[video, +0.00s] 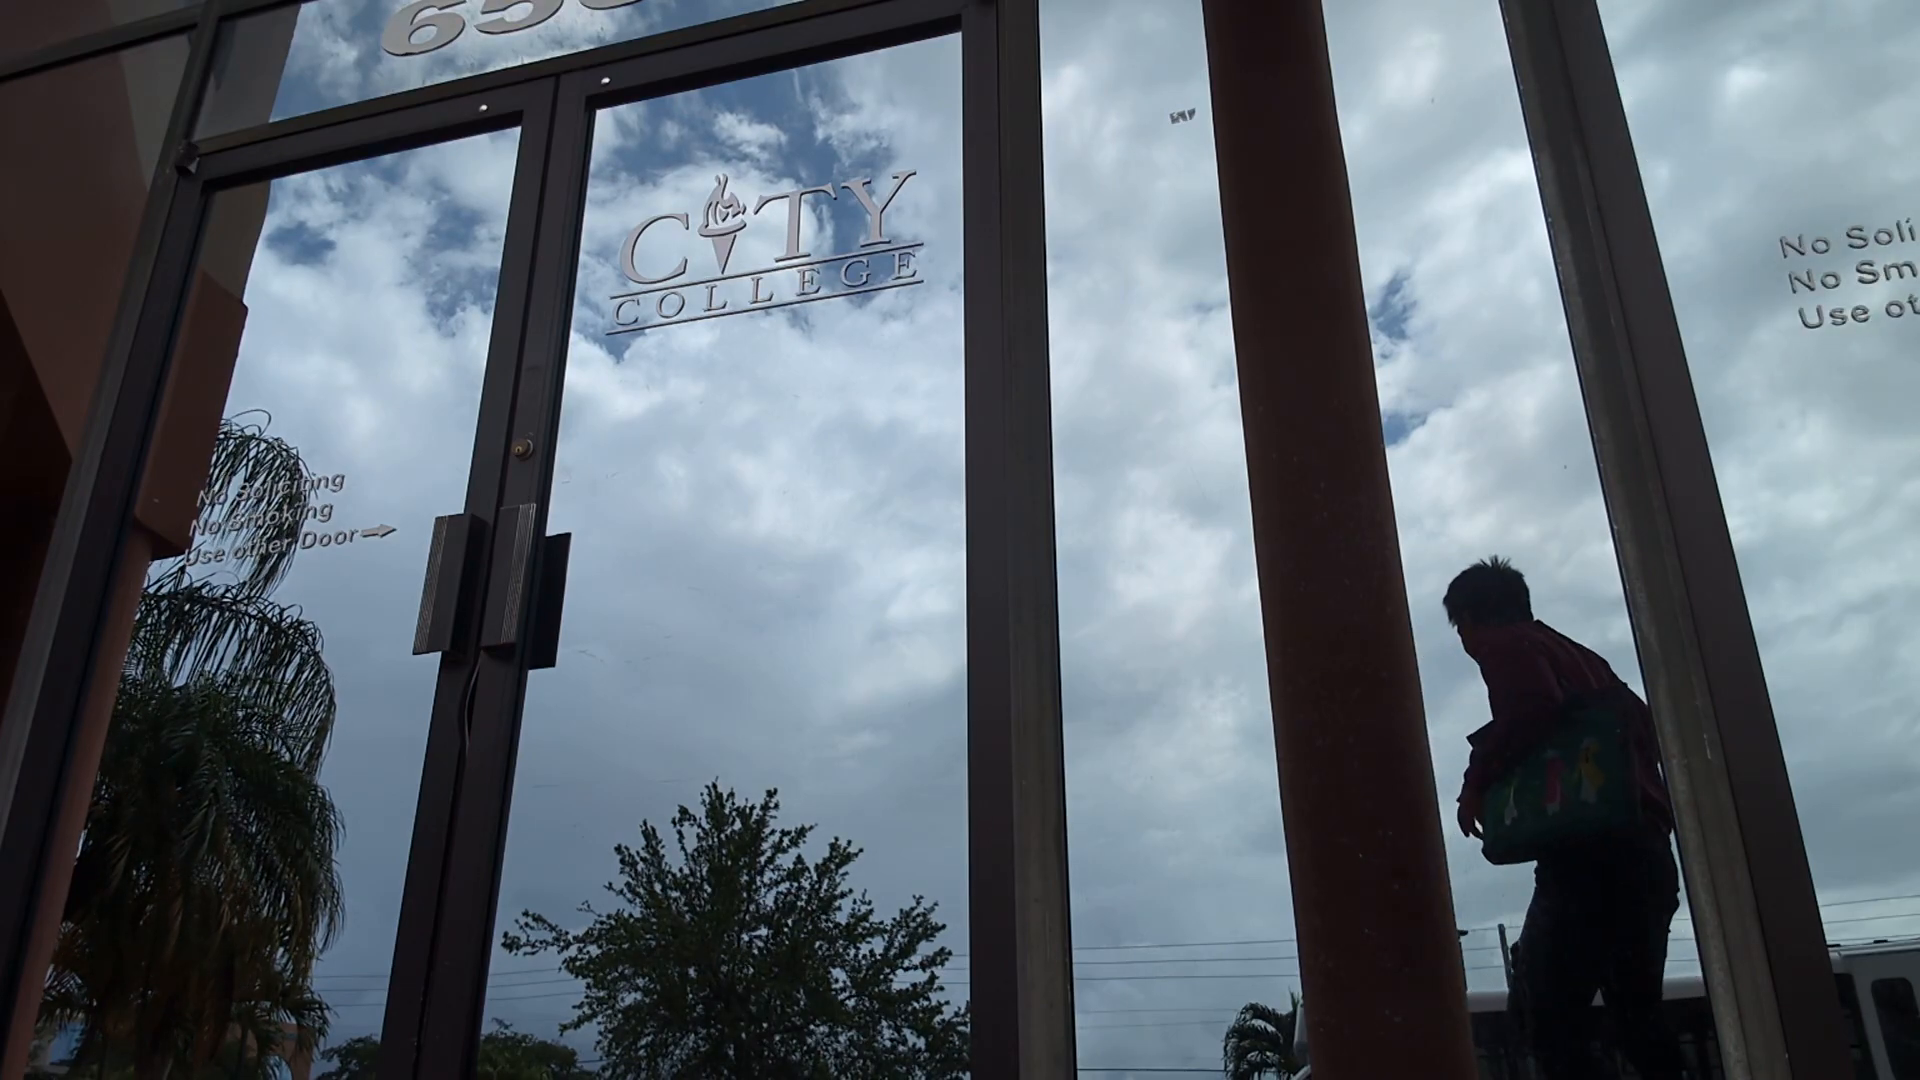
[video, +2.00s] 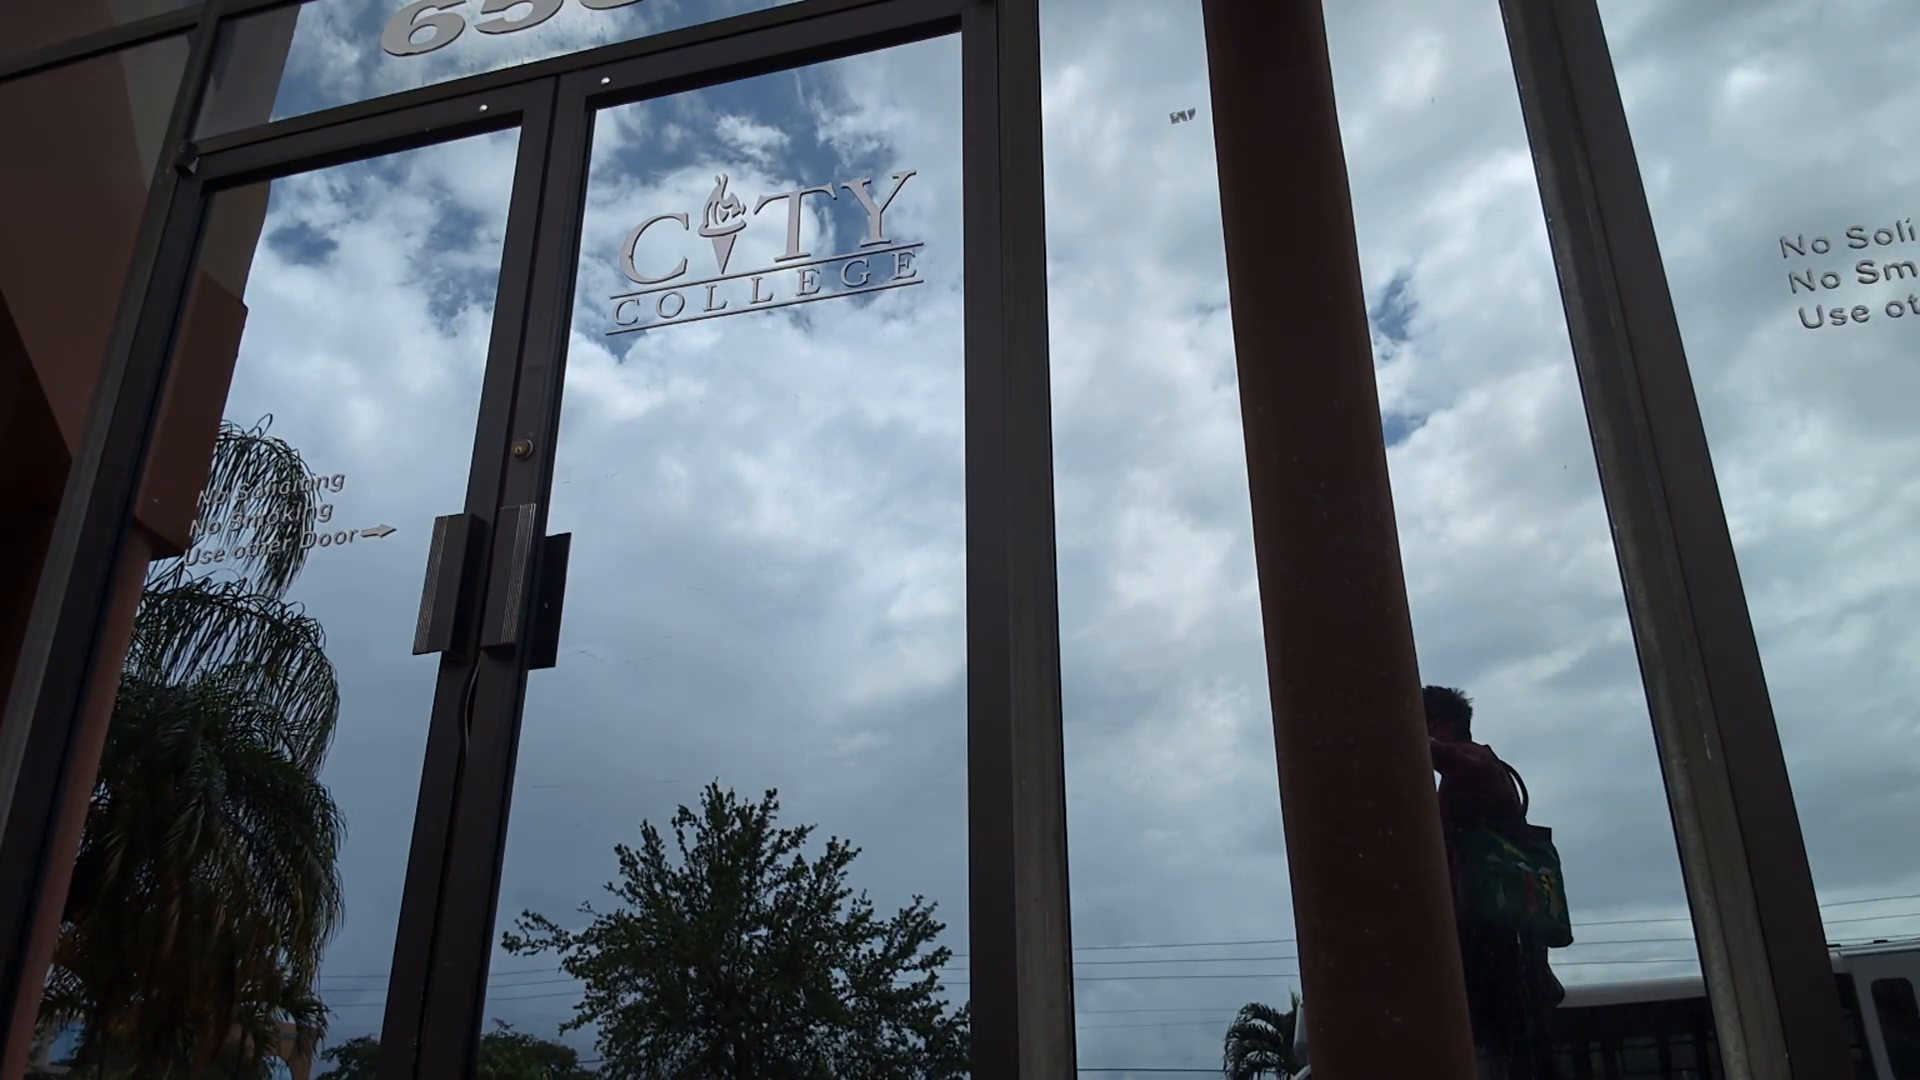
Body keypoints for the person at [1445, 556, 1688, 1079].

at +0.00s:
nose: (1462, 640)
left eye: (1460, 626)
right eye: (1458, 628)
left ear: (1476, 617)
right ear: (1519, 606)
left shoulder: (1503, 643)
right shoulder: (1583, 656)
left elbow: (1534, 706)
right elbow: (1643, 720)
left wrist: (1479, 774)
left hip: (1583, 859)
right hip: (1647, 856)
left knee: (1548, 1011)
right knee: (1636, 1011)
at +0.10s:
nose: (1492, 642)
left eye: (1492, 629)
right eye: (1488, 631)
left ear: (1510, 615)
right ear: (1550, 607)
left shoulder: (1524, 644)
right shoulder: (1613, 660)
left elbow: (1548, 712)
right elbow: (1651, 755)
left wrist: (1484, 773)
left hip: (1589, 865)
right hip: (1657, 858)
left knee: (1561, 1011)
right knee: (1656, 1018)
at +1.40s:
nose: (1478, 706)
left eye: (1477, 695)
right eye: (1475, 696)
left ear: (1491, 689)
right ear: (1529, 682)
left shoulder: (1516, 715)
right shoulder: (1582, 731)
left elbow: (1531, 760)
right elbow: (1631, 804)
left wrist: (1449, 739)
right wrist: (1596, 855)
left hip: (1546, 898)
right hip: (1595, 895)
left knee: (1562, 1026)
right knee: (1589, 1020)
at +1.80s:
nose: (1433, 729)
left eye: (1436, 719)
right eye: (1431, 720)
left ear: (1463, 717)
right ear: (1481, 716)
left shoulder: (1492, 753)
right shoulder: (1520, 756)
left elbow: (1500, 780)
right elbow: (1559, 830)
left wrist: (1442, 748)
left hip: (1509, 931)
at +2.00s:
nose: (1424, 736)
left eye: (1426, 726)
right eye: (1424, 728)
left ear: (1442, 725)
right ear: (1460, 725)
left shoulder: (1468, 761)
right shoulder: (1490, 766)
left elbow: (1425, 744)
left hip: (1485, 910)